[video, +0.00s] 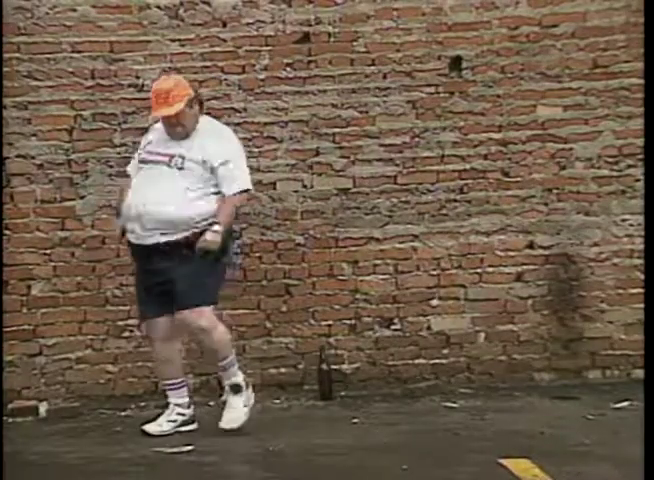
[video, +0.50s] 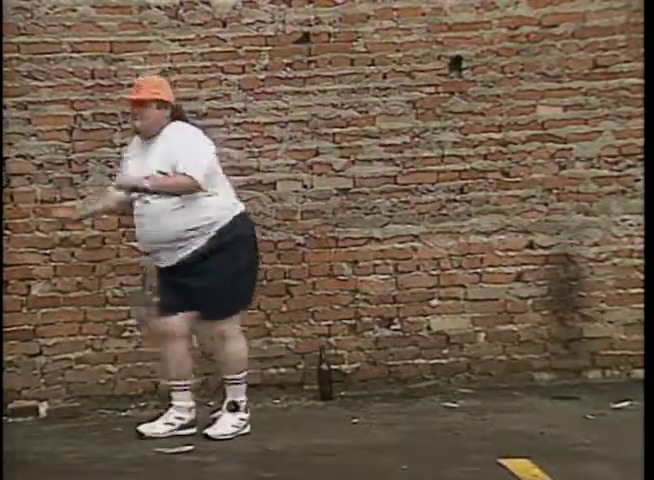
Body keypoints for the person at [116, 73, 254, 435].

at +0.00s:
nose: (170, 122)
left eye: (177, 114)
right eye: (164, 116)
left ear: (194, 104)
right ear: (156, 112)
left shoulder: (219, 138)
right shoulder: (154, 135)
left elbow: (235, 191)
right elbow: (136, 179)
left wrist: (218, 229)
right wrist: (127, 217)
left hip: (195, 243)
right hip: (149, 246)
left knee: (196, 317)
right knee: (159, 329)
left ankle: (237, 389)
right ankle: (180, 408)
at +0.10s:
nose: (171, 112)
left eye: (178, 105)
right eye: (166, 106)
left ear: (199, 102)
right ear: (163, 107)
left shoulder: (224, 135)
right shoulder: (168, 138)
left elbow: (253, 180)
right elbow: (169, 184)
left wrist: (229, 217)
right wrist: (141, 215)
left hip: (193, 244)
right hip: (150, 244)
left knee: (201, 331)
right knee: (160, 332)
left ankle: (231, 410)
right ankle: (180, 410)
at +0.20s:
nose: (169, 113)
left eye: (176, 106)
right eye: (166, 107)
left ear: (199, 106)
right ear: (165, 109)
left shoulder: (223, 136)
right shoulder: (176, 142)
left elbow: (256, 179)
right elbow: (180, 184)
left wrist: (226, 209)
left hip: (201, 248)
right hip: (153, 251)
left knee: (202, 332)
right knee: (140, 328)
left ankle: (233, 411)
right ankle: (173, 401)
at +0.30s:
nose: (164, 115)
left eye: (171, 108)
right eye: (161, 109)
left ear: (193, 109)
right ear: (162, 112)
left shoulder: (212, 138)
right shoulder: (175, 148)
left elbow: (240, 180)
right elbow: (174, 196)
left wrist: (202, 196)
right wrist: (139, 202)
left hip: (207, 250)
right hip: (163, 253)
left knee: (206, 335)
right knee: (132, 320)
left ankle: (233, 412)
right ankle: (167, 394)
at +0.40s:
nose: (151, 111)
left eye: (158, 105)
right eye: (148, 105)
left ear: (180, 107)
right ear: (148, 109)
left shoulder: (202, 137)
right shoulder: (156, 149)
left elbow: (216, 182)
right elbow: (150, 200)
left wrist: (168, 182)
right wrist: (107, 201)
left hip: (217, 246)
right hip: (172, 253)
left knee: (216, 330)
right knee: (149, 321)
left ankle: (234, 411)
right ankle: (170, 403)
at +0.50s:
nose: (136, 115)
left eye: (143, 108)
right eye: (134, 108)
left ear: (165, 109)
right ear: (133, 111)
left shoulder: (186, 137)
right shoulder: (136, 150)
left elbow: (193, 181)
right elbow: (130, 198)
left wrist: (138, 183)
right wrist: (88, 208)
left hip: (221, 243)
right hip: (175, 254)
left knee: (220, 328)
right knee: (172, 329)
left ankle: (237, 410)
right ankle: (182, 412)